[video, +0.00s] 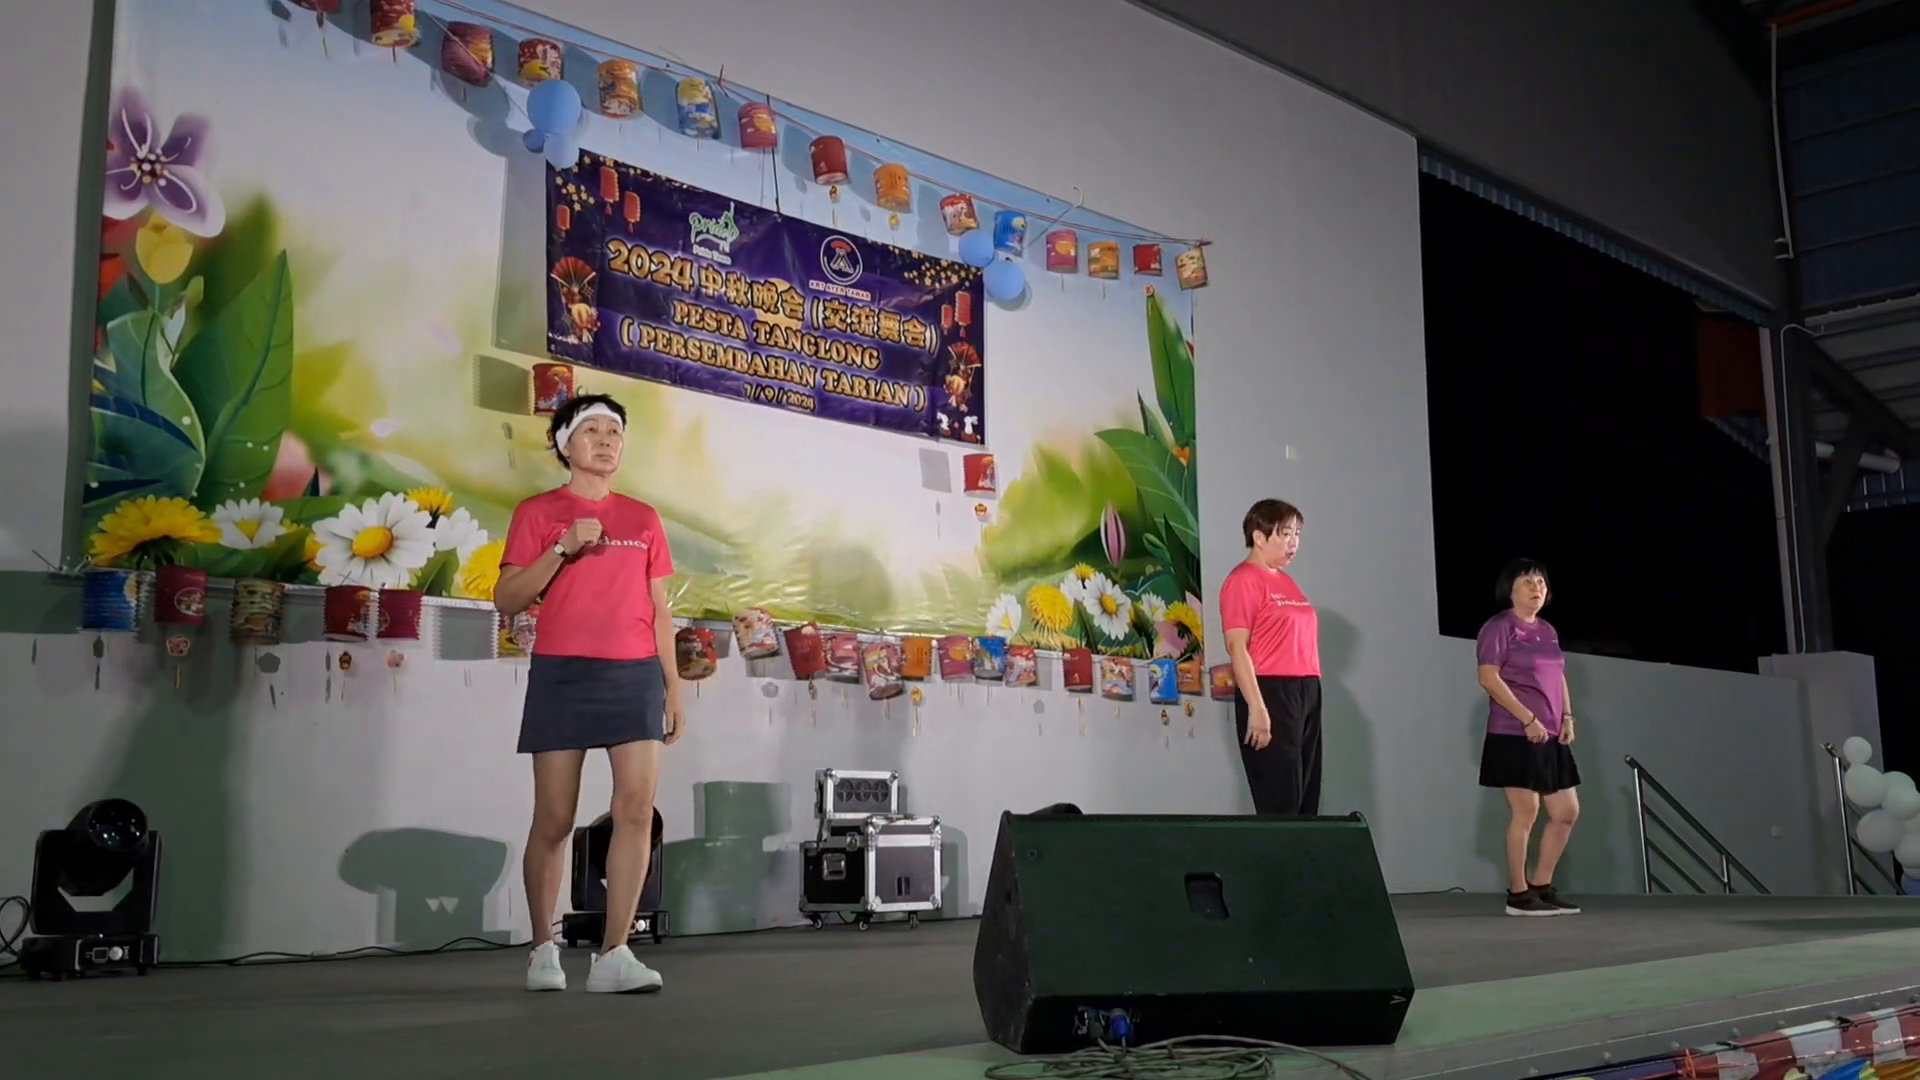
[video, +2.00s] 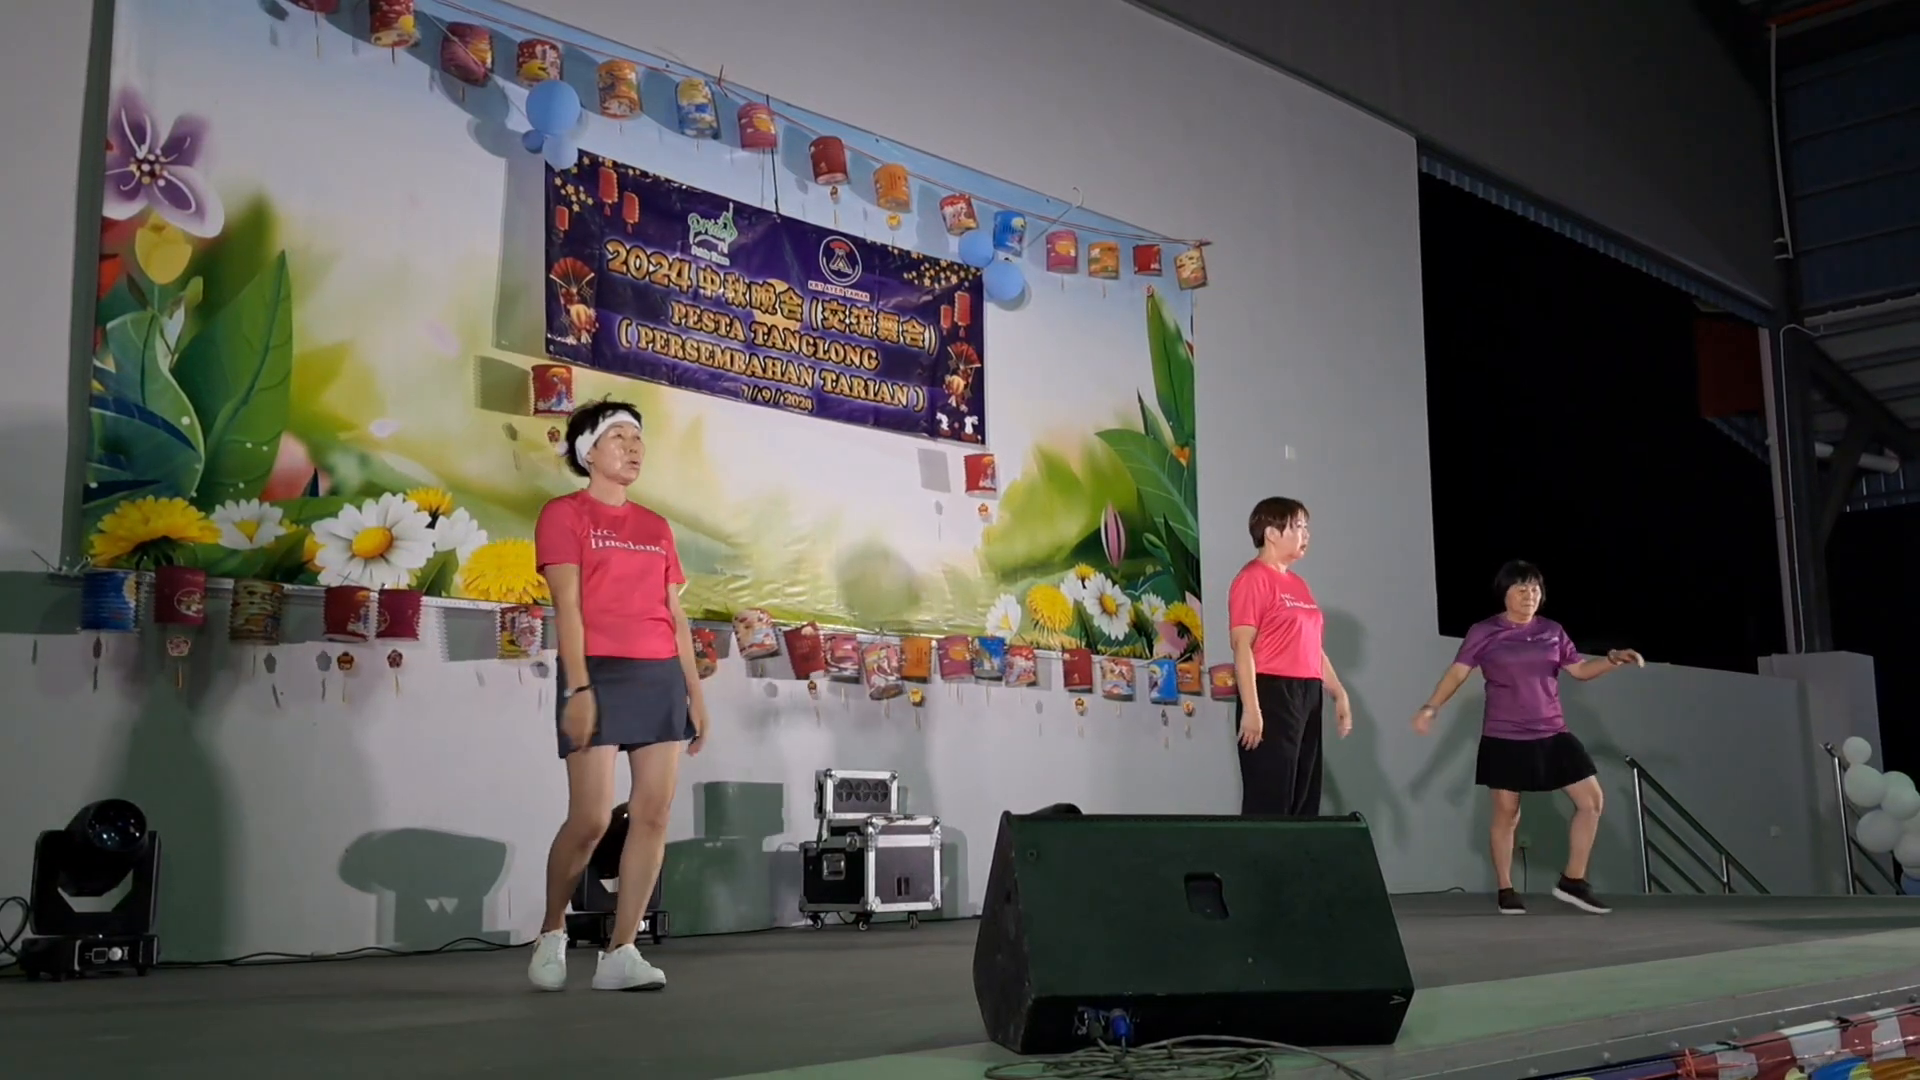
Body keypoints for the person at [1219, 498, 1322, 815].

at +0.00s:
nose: (1293, 542)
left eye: (1296, 534)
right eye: (1285, 533)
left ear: (1299, 538)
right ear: (1259, 538)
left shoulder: (1284, 580)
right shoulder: (1242, 580)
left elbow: (1291, 643)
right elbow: (1237, 648)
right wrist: (1257, 708)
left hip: (1306, 694)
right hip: (1271, 696)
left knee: (1306, 804)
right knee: (1281, 806)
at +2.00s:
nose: (1306, 535)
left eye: (1306, 527)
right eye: (1297, 527)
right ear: (1271, 533)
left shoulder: (1297, 582)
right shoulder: (1252, 578)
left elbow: (1312, 646)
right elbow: (1241, 645)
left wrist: (1339, 692)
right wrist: (1251, 708)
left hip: (1308, 697)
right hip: (1273, 695)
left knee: (1302, 801)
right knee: (1270, 802)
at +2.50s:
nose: (1289, 538)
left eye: (1290, 529)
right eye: (1287, 529)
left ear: (1252, 528)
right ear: (1272, 529)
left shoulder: (1260, 572)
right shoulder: (1250, 568)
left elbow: (1271, 647)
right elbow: (1250, 635)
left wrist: (1298, 705)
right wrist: (1274, 697)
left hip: (1275, 688)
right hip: (1258, 688)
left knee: (1282, 797)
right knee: (1260, 798)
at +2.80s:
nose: (1280, 544)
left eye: (1282, 536)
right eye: (1280, 536)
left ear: (1242, 529)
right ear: (1267, 533)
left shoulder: (1231, 567)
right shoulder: (1247, 566)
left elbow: (1244, 635)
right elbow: (1253, 633)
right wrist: (1284, 695)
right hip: (1255, 681)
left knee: (1277, 791)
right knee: (1254, 791)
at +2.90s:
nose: (1277, 541)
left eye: (1277, 533)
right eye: (1276, 532)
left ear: (1235, 529)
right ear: (1263, 532)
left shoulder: (1223, 571)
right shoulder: (1247, 566)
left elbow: (1219, 657)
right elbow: (1254, 632)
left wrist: (1213, 717)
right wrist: (1284, 695)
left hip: (1236, 680)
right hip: (1257, 681)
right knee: (1258, 790)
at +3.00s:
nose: (1274, 543)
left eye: (1275, 534)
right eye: (1272, 533)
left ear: (1234, 530)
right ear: (1255, 532)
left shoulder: (1221, 572)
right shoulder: (1243, 566)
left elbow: (1215, 656)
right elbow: (1251, 632)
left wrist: (1212, 715)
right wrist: (1284, 693)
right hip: (1254, 680)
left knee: (1278, 793)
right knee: (1253, 792)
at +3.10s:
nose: (1272, 542)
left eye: (1273, 533)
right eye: (1270, 532)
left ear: (1242, 532)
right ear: (1251, 532)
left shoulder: (1226, 566)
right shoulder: (1237, 565)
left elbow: (1241, 636)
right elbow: (1245, 632)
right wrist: (1282, 692)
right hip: (1248, 680)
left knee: (1275, 788)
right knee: (1252, 790)